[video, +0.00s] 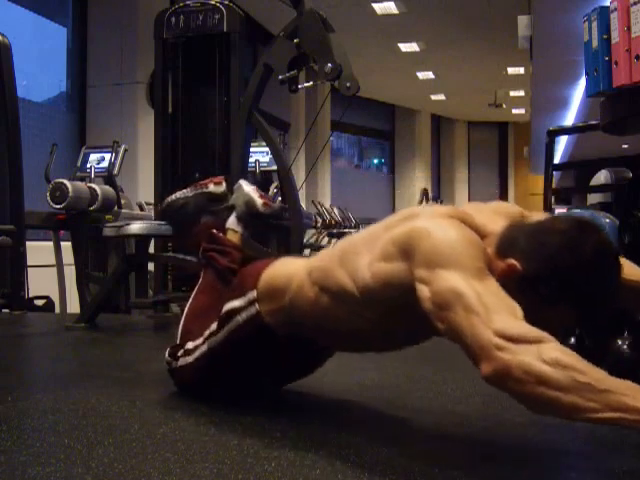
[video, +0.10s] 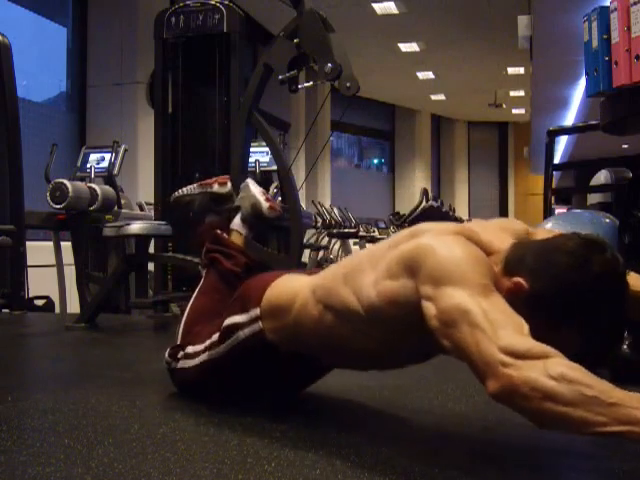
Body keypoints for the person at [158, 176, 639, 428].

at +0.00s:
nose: (551, 333)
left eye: (560, 327)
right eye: (549, 320)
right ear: (511, 275)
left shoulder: (529, 227)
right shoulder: (442, 246)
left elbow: (620, 274)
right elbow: (510, 359)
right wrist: (638, 405)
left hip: (316, 321)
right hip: (268, 313)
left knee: (241, 376)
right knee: (187, 369)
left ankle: (242, 264)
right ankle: (216, 268)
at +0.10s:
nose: (546, 353)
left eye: (562, 350)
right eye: (547, 340)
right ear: (515, 291)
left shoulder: (533, 244)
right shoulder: (447, 260)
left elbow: (622, 283)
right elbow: (515, 373)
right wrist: (636, 415)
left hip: (319, 330)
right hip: (269, 324)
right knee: (187, 367)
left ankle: (242, 263)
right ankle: (217, 265)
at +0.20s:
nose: (546, 357)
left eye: (561, 354)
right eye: (547, 346)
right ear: (516, 295)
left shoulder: (525, 242)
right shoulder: (448, 265)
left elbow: (625, 285)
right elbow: (516, 378)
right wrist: (636, 413)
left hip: (318, 330)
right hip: (269, 330)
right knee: (186, 367)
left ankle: (241, 255)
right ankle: (218, 261)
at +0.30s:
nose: (542, 343)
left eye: (555, 339)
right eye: (542, 328)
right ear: (513, 285)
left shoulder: (527, 240)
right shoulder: (445, 257)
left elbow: (624, 282)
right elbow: (511, 369)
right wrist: (636, 411)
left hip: (316, 333)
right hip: (268, 328)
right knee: (184, 368)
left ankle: (249, 252)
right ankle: (221, 259)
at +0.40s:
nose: (550, 329)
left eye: (559, 322)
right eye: (546, 315)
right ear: (508, 270)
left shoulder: (532, 222)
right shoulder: (437, 240)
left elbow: (619, 269)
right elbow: (497, 354)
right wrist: (635, 405)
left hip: (315, 326)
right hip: (266, 316)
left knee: (241, 375)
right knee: (186, 369)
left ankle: (246, 257)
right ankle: (216, 258)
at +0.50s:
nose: (515, 293)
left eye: (530, 288)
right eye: (522, 279)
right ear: (496, 237)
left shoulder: (501, 195)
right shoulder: (421, 213)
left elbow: (594, 247)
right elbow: (473, 326)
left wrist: (637, 273)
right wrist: (627, 402)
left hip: (312, 311)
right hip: (264, 307)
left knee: (230, 370)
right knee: (184, 369)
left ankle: (236, 262)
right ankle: (210, 267)